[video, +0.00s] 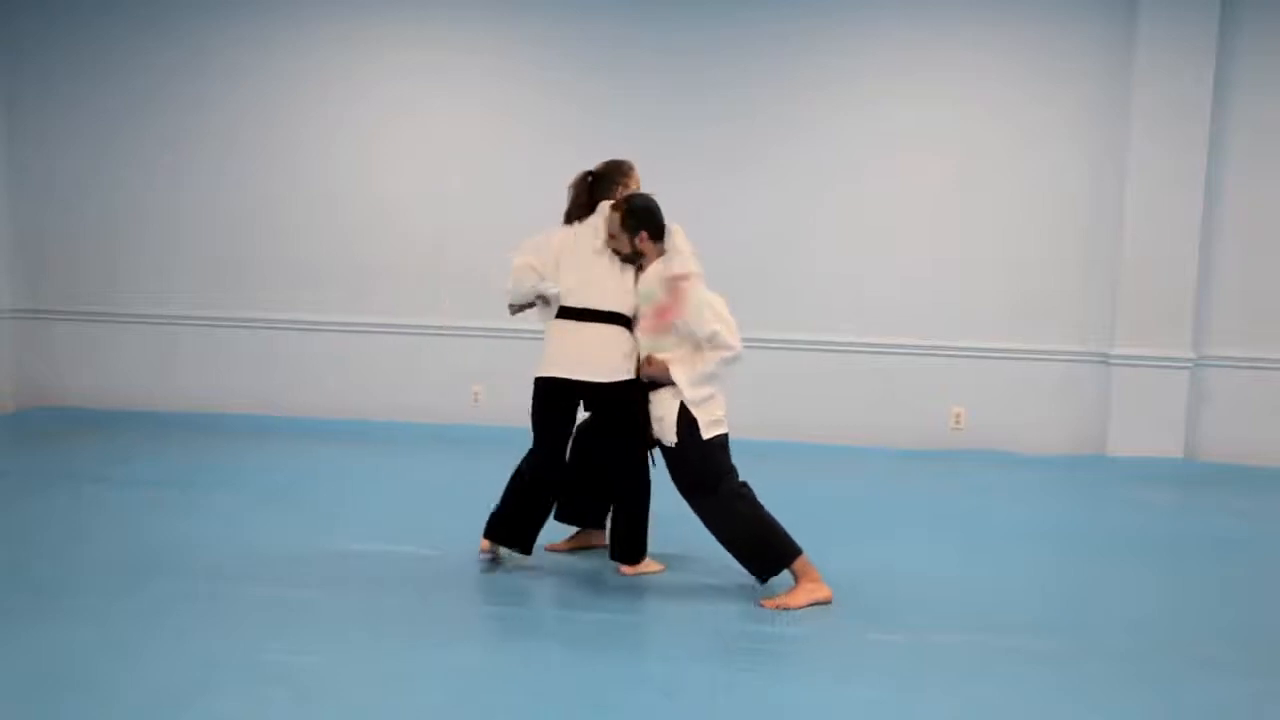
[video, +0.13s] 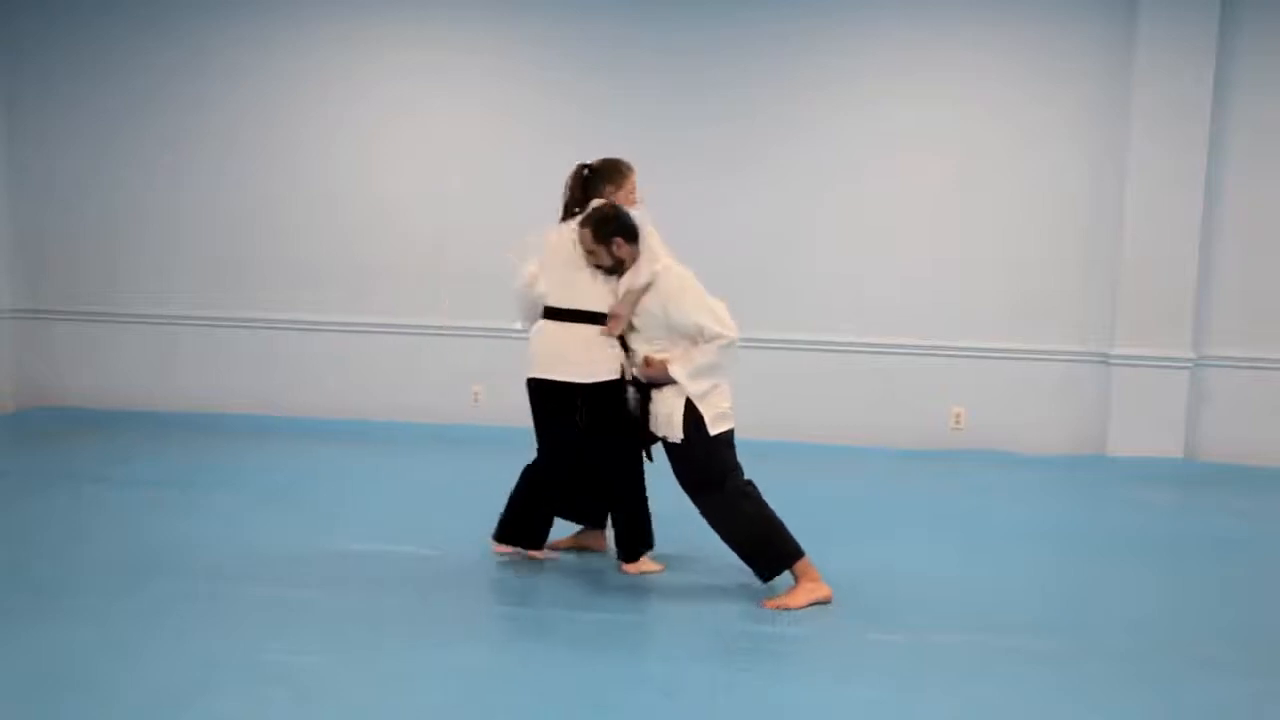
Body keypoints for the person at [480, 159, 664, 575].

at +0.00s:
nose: (641, 193)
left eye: (639, 185)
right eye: (636, 187)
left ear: (595, 191)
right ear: (621, 191)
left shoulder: (562, 236)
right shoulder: (644, 236)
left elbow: (520, 283)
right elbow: (685, 274)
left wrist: (543, 297)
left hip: (556, 369)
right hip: (614, 373)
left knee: (546, 453)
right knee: (632, 463)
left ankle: (494, 536)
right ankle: (630, 557)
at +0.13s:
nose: (637, 200)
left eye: (636, 192)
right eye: (632, 193)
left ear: (587, 196)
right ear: (612, 196)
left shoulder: (555, 234)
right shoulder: (631, 228)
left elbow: (529, 286)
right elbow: (652, 264)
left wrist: (533, 320)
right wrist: (624, 307)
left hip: (545, 362)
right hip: (598, 364)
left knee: (552, 455)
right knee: (622, 460)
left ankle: (513, 535)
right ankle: (634, 555)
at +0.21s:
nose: (630, 206)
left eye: (631, 198)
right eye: (627, 198)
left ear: (591, 195)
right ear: (604, 196)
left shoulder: (557, 227)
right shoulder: (609, 224)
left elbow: (556, 290)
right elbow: (637, 264)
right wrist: (612, 312)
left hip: (527, 358)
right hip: (566, 361)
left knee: (545, 455)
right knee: (606, 453)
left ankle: (536, 540)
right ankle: (634, 544)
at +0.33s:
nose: (612, 227)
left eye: (615, 219)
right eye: (610, 218)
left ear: (576, 209)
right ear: (590, 210)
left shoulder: (550, 234)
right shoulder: (586, 233)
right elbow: (608, 272)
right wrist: (595, 322)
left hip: (500, 359)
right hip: (526, 361)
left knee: (532, 457)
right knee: (566, 452)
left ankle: (532, 544)